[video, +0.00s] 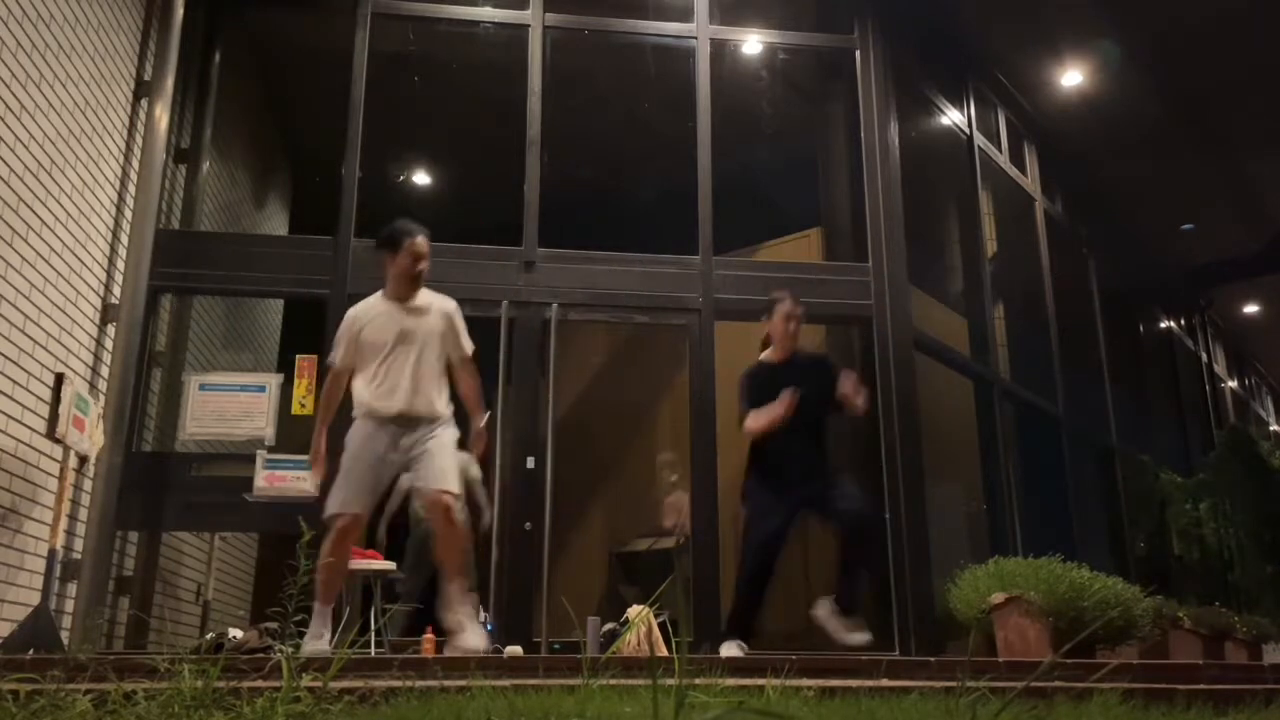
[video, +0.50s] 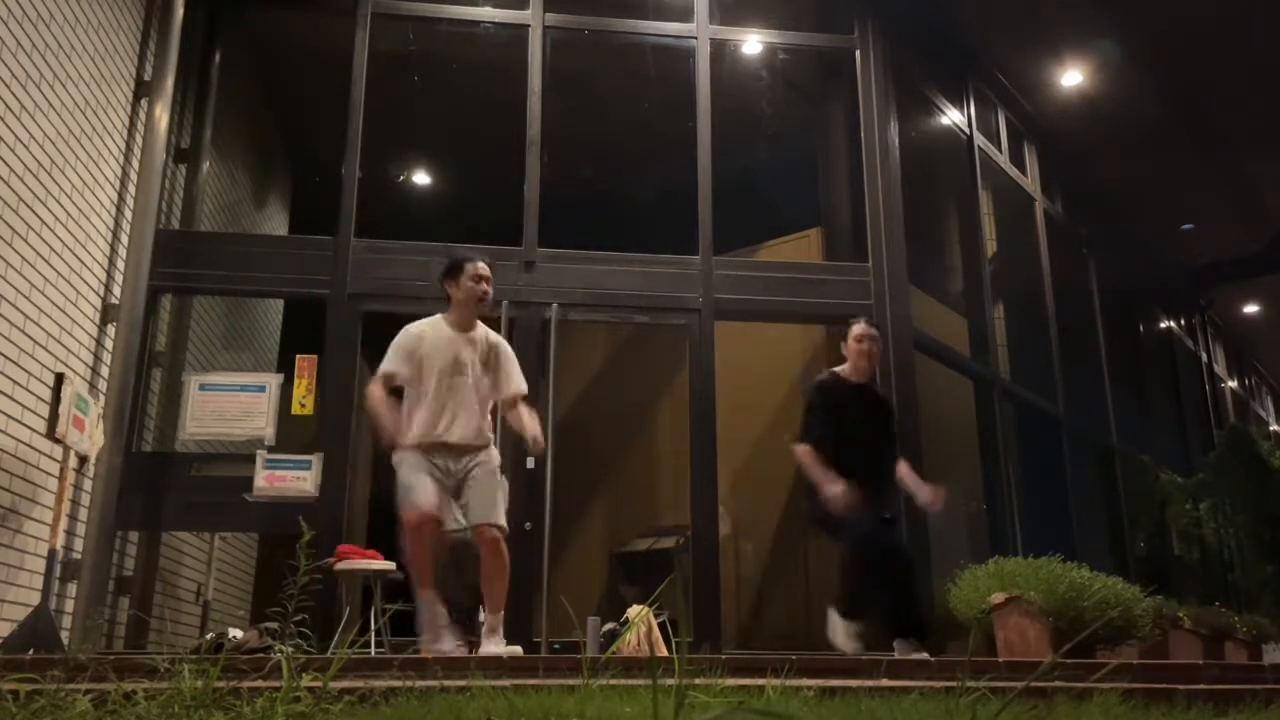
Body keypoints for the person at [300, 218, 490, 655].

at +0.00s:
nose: (422, 267)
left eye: (426, 259)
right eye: (414, 259)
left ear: (430, 262)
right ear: (389, 259)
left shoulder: (444, 311)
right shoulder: (360, 316)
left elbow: (463, 367)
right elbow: (336, 379)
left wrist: (479, 418)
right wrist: (319, 439)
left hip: (433, 429)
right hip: (373, 429)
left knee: (445, 506)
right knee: (345, 522)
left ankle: (459, 613)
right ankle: (320, 626)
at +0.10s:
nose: (440, 252)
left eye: (444, 245)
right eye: (433, 244)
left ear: (447, 248)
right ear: (409, 245)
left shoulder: (463, 296)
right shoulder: (377, 297)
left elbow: (483, 343)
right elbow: (350, 348)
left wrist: (500, 382)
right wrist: (331, 396)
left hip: (452, 413)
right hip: (393, 411)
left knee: (467, 512)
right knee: (371, 510)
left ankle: (488, 618)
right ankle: (341, 616)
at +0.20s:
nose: (458, 254)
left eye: (462, 246)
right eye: (451, 245)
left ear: (464, 250)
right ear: (425, 246)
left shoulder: (476, 298)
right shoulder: (392, 296)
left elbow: (495, 334)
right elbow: (361, 339)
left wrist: (519, 367)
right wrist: (339, 383)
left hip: (465, 414)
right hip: (408, 413)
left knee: (479, 512)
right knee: (402, 508)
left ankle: (491, 619)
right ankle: (385, 613)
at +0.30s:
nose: (475, 266)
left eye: (478, 259)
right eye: (467, 258)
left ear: (479, 263)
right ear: (439, 259)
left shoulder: (486, 312)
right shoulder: (403, 308)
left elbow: (506, 359)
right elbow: (368, 353)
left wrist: (534, 398)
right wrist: (346, 400)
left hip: (473, 429)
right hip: (417, 427)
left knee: (486, 519)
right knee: (434, 512)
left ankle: (493, 623)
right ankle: (433, 615)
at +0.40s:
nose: (486, 281)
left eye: (488, 274)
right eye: (477, 273)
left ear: (488, 283)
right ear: (450, 278)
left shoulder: (493, 338)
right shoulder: (415, 328)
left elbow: (512, 400)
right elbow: (376, 381)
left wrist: (541, 441)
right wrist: (358, 440)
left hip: (477, 449)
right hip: (421, 449)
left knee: (490, 532)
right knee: (447, 528)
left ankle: (493, 631)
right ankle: (460, 627)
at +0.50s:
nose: (486, 288)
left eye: (489, 281)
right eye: (477, 280)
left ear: (491, 291)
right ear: (451, 286)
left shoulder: (496, 345)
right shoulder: (417, 335)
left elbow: (514, 403)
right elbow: (376, 391)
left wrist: (532, 430)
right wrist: (392, 429)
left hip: (478, 455)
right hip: (420, 452)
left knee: (491, 535)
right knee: (419, 517)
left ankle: (493, 632)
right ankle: (432, 619)